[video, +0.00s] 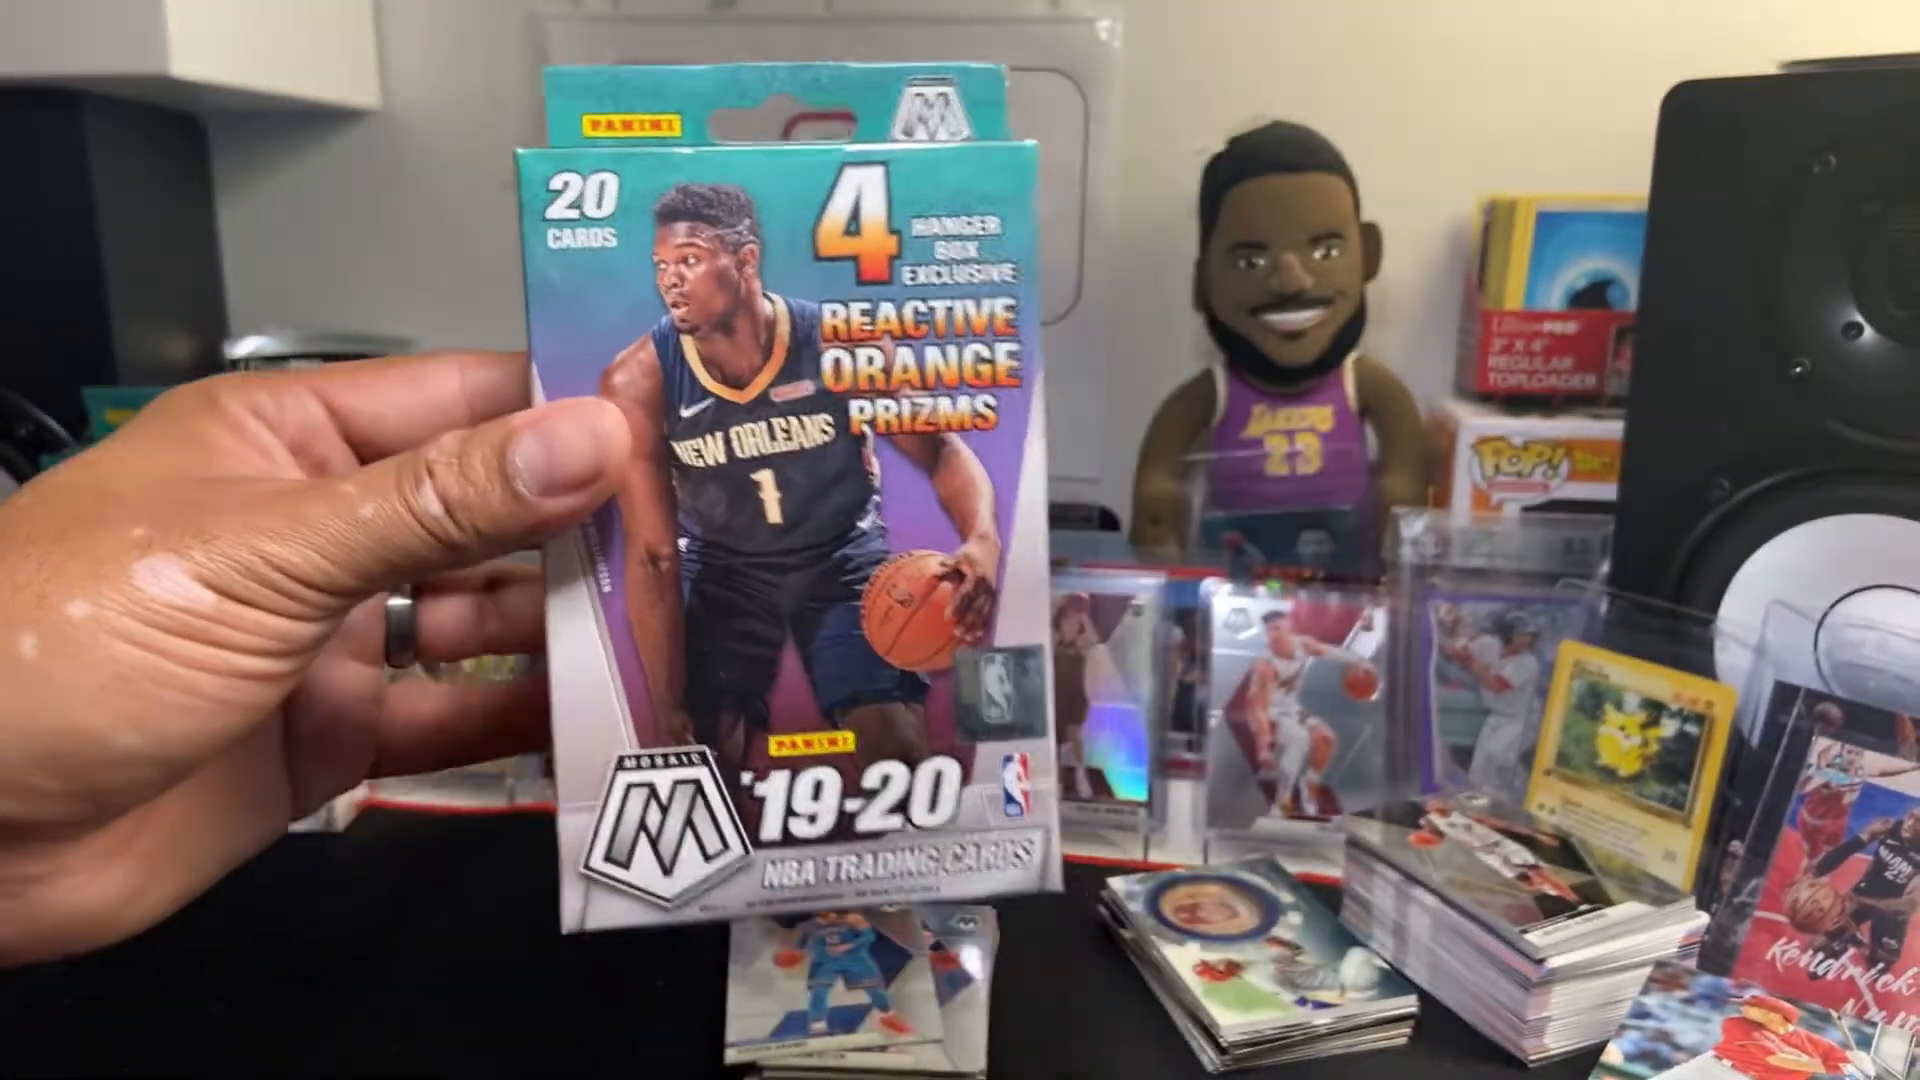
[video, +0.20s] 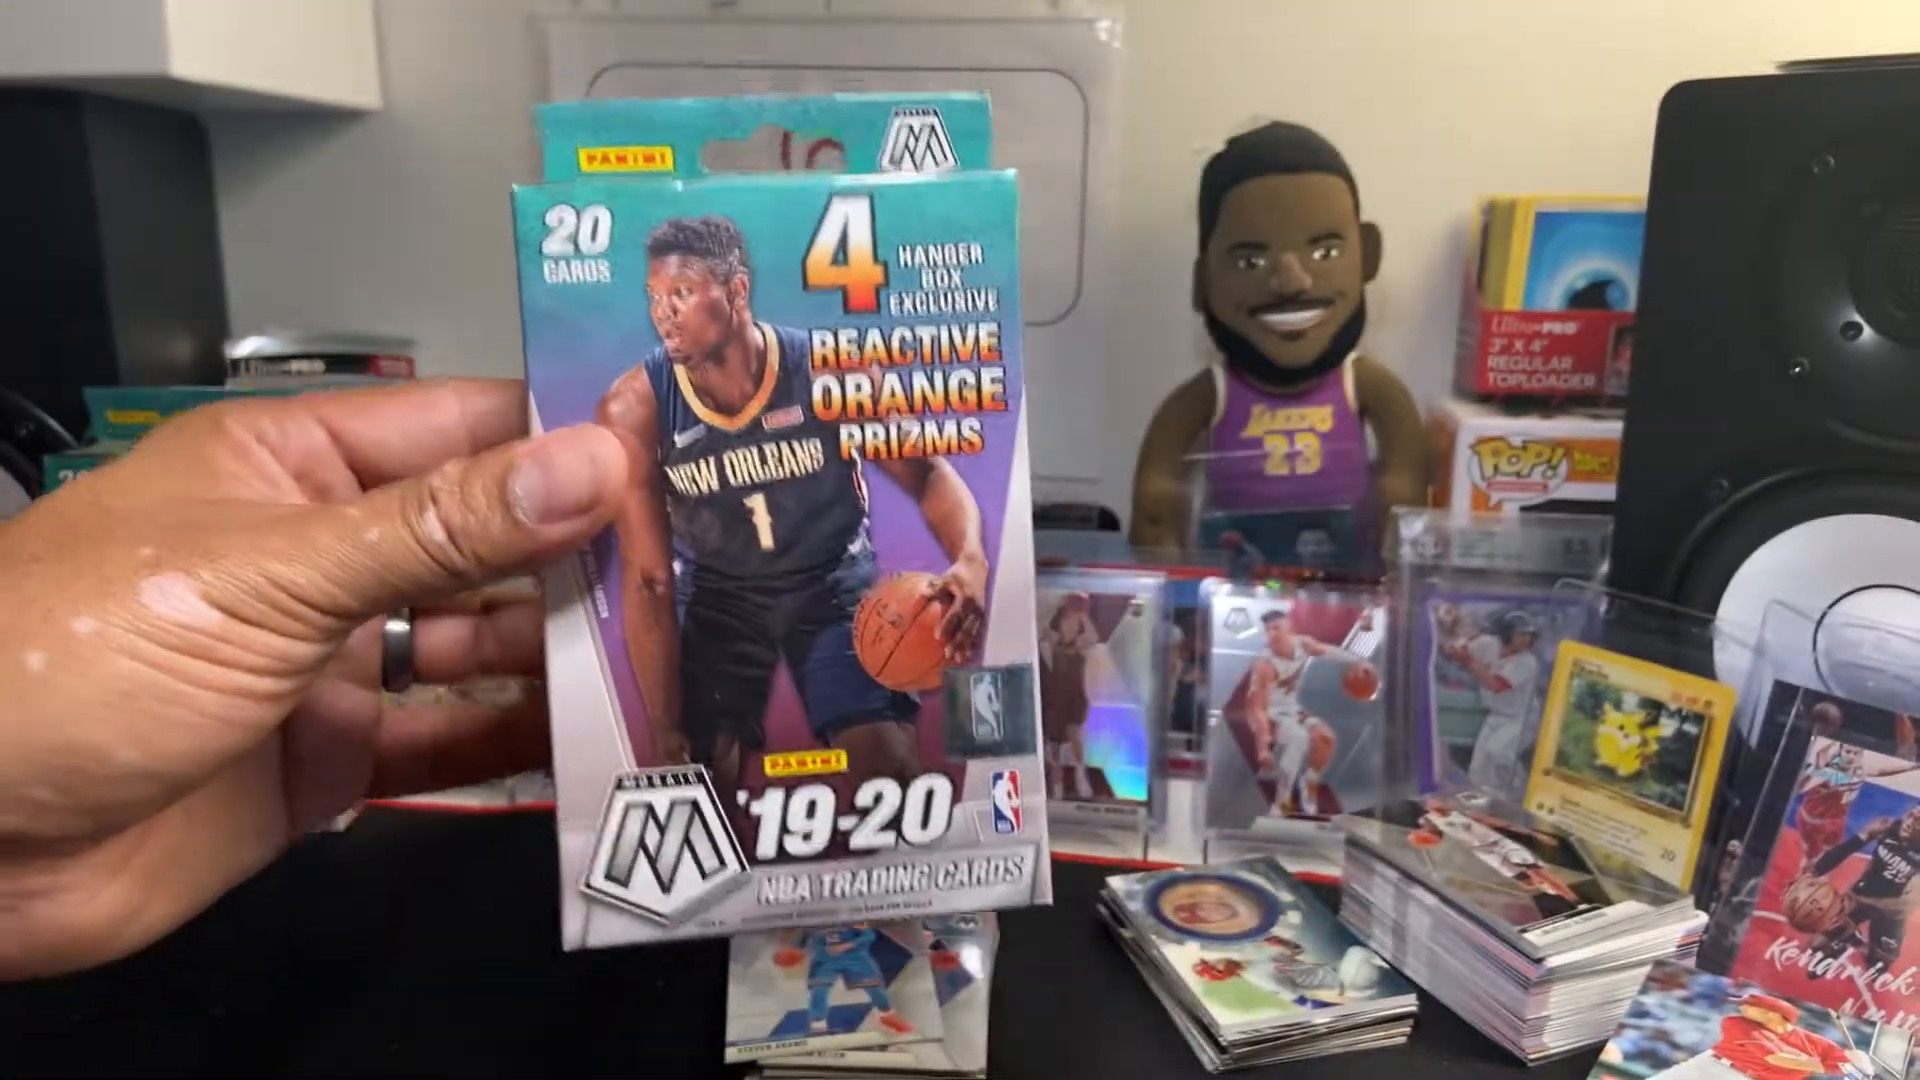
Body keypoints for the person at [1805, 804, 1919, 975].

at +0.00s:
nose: (1911, 824)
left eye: (1917, 823)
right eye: (1911, 817)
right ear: (1906, 815)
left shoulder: (1916, 856)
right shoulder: (1886, 828)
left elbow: (1910, 904)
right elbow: (1848, 848)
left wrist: (1861, 902)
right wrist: (1817, 871)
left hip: (1894, 908)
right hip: (1864, 895)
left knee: (1881, 965)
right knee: (1818, 945)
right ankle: (1842, 945)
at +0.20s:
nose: (1910, 823)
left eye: (1917, 822)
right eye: (1910, 816)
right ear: (1905, 814)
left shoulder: (1916, 852)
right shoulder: (1884, 828)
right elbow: (1845, 849)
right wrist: (1815, 871)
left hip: (1892, 910)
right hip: (1860, 898)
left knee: (1878, 968)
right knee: (1817, 947)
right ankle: (1846, 941)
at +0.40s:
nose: (1910, 823)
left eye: (1917, 821)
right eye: (1911, 816)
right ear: (1906, 814)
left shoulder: (1916, 851)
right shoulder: (1885, 828)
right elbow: (1845, 849)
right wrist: (1814, 871)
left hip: (1892, 910)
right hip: (1859, 897)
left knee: (1877, 970)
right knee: (1815, 948)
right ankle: (1844, 942)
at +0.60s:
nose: (1909, 823)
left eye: (1917, 821)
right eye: (1910, 816)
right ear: (1905, 814)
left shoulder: (1917, 855)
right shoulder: (1884, 827)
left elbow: (1909, 902)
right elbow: (1844, 849)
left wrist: (1859, 902)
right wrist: (1813, 872)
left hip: (1892, 910)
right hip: (1861, 895)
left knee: (1877, 970)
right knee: (1815, 948)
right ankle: (1846, 941)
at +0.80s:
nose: (1909, 823)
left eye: (1917, 821)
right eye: (1910, 815)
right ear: (1905, 814)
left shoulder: (1917, 858)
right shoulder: (1885, 828)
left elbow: (1907, 904)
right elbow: (1844, 850)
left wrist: (1858, 903)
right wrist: (1814, 871)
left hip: (1892, 909)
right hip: (1862, 894)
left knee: (1876, 970)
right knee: (1815, 946)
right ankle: (1847, 940)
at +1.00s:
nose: (1910, 823)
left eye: (1917, 821)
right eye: (1910, 816)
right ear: (1905, 814)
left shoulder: (1917, 859)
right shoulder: (1884, 828)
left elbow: (1907, 904)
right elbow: (1843, 850)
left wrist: (1859, 903)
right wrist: (1814, 872)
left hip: (1893, 909)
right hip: (1862, 895)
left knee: (1877, 971)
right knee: (1816, 947)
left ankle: (1854, 939)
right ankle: (1838, 948)